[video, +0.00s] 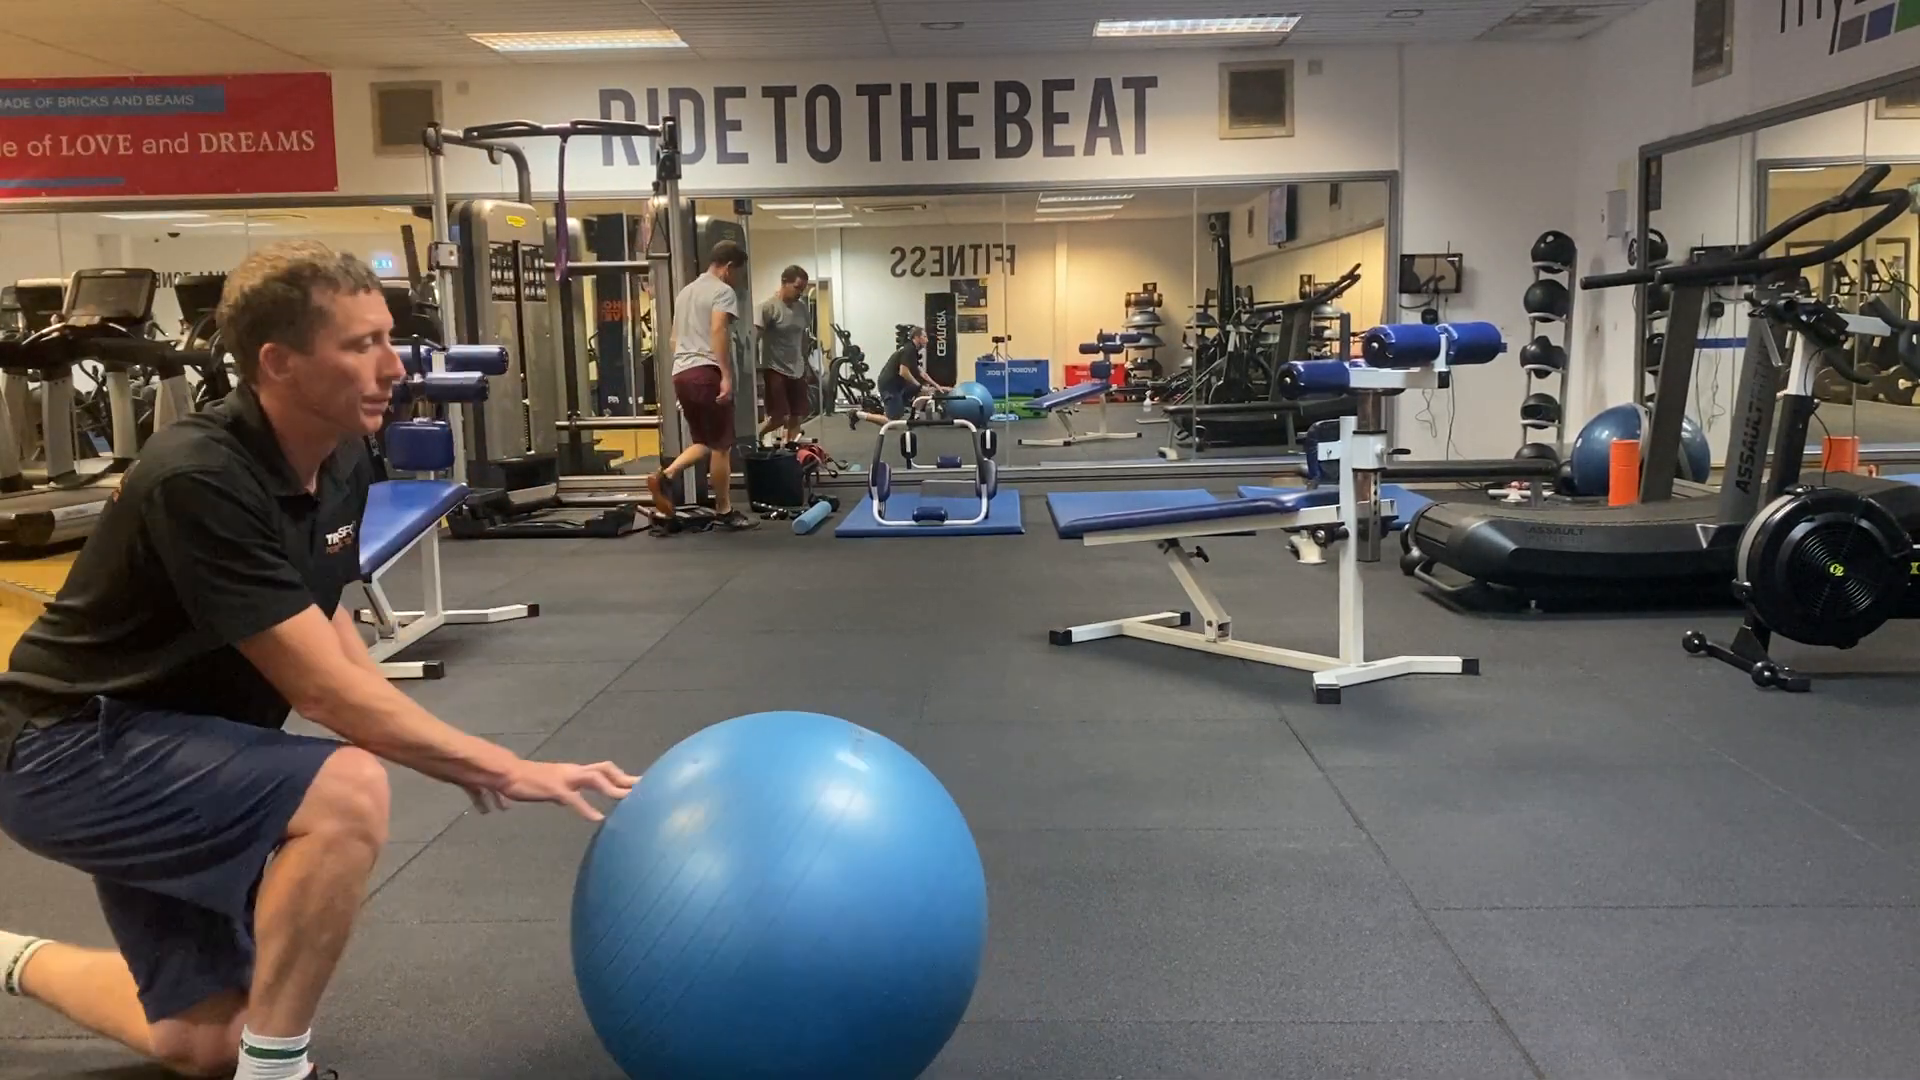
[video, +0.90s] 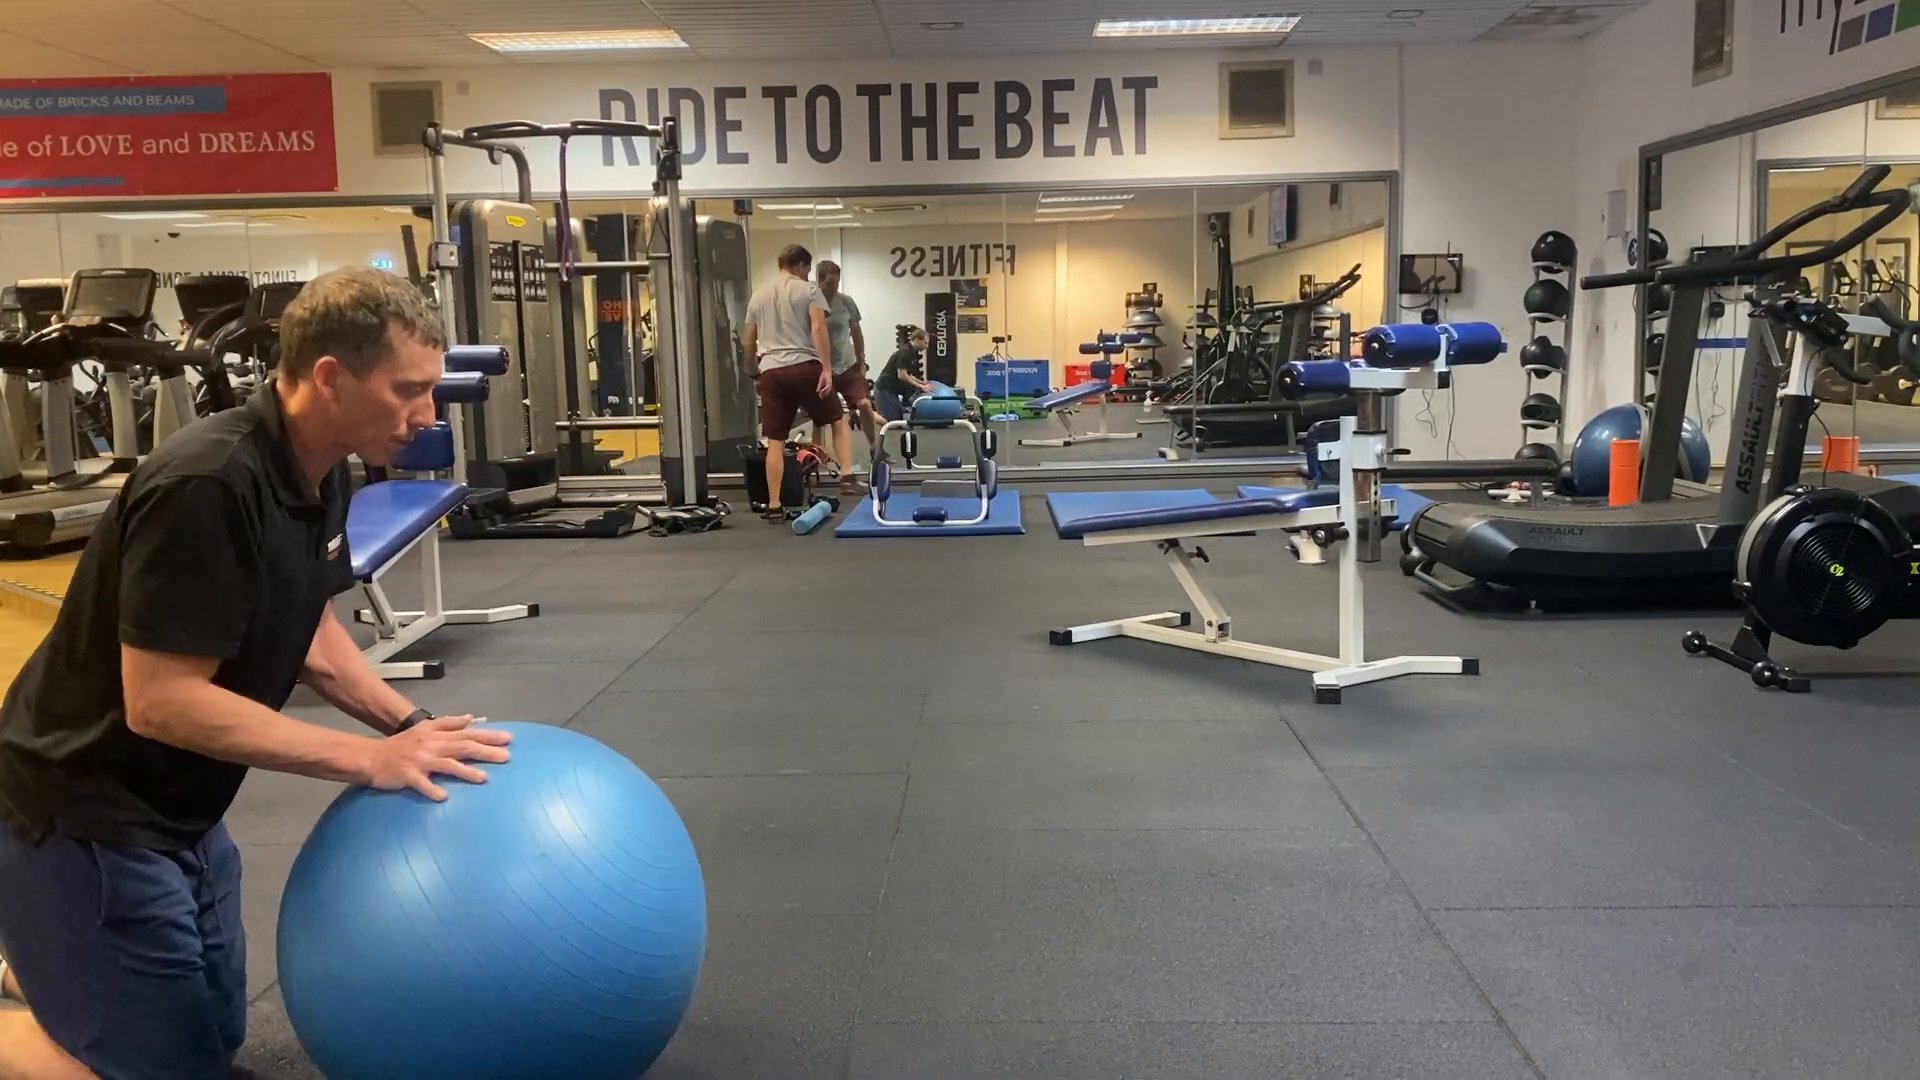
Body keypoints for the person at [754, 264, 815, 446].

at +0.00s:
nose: (800, 292)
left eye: (803, 288)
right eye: (797, 287)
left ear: (804, 286)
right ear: (785, 282)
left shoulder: (802, 308)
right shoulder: (768, 307)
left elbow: (804, 339)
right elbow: (753, 339)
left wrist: (807, 366)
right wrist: (752, 369)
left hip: (798, 369)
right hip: (775, 369)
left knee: (796, 416)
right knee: (779, 417)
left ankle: (789, 450)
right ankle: (757, 435)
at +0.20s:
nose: (809, 290)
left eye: (811, 286)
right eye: (805, 285)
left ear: (813, 285)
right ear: (793, 280)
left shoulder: (813, 306)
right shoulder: (777, 305)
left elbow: (822, 332)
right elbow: (765, 339)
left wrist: (833, 355)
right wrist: (768, 369)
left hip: (808, 367)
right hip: (785, 365)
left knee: (807, 409)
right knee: (804, 400)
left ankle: (795, 442)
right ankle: (786, 435)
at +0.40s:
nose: (814, 288)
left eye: (816, 284)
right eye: (811, 284)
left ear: (818, 282)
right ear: (799, 281)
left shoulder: (823, 306)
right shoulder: (787, 306)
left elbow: (836, 333)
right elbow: (774, 338)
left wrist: (848, 357)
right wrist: (774, 368)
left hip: (818, 368)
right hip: (794, 368)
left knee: (812, 418)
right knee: (806, 417)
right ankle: (811, 455)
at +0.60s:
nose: (822, 284)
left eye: (824, 279)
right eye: (818, 279)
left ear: (826, 279)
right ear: (806, 278)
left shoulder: (831, 302)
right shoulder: (795, 303)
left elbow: (840, 332)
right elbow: (790, 337)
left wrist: (848, 360)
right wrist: (802, 366)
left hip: (830, 371)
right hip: (804, 371)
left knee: (837, 416)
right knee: (808, 418)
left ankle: (813, 441)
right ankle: (814, 452)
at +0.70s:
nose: (825, 284)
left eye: (827, 280)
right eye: (821, 279)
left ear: (831, 279)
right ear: (810, 278)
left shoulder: (835, 301)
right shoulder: (797, 301)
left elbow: (844, 334)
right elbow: (790, 334)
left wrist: (849, 365)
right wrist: (799, 365)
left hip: (834, 369)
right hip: (808, 370)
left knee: (849, 410)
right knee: (810, 417)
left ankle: (832, 434)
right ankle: (811, 455)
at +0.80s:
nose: (827, 279)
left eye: (830, 275)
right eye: (823, 275)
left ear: (835, 277)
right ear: (813, 277)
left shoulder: (841, 301)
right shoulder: (804, 300)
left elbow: (849, 334)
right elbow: (798, 335)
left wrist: (853, 365)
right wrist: (808, 366)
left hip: (841, 367)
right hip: (815, 370)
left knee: (857, 403)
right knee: (818, 417)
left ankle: (853, 438)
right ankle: (817, 455)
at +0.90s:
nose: (828, 282)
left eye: (832, 278)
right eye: (823, 278)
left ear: (839, 278)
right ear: (817, 279)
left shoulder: (846, 301)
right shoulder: (810, 302)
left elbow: (856, 334)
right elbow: (803, 336)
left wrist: (861, 364)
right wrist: (808, 366)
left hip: (848, 368)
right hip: (820, 370)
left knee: (864, 405)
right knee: (818, 419)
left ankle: (875, 449)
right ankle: (816, 461)